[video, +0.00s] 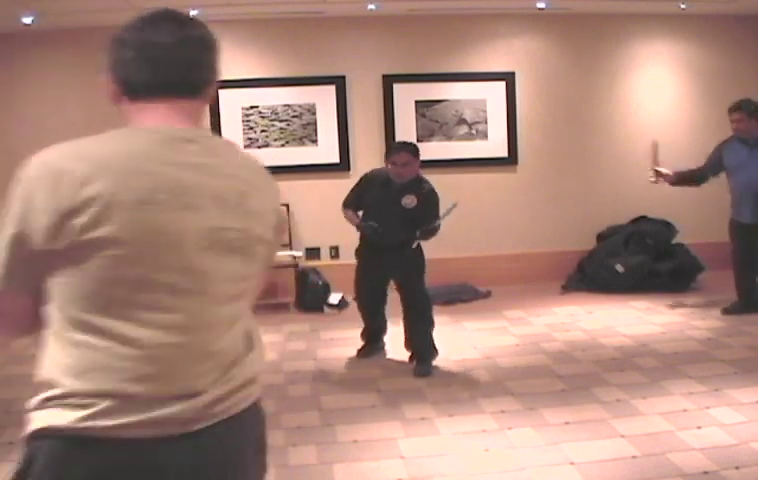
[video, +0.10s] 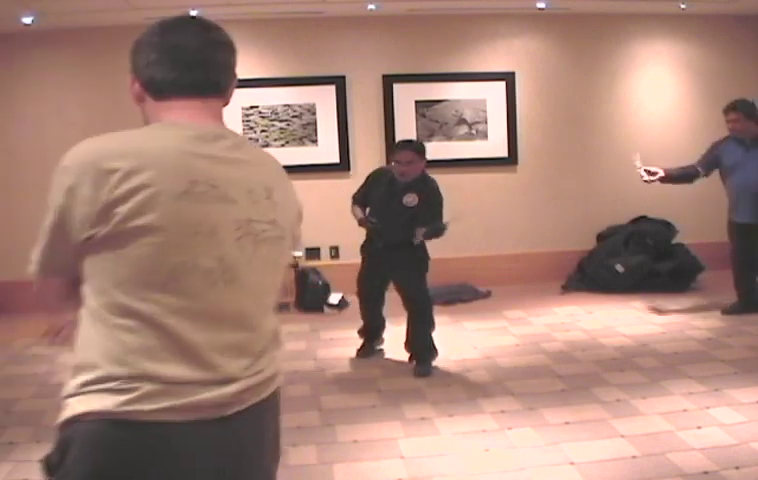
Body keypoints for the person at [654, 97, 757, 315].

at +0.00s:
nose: (735, 126)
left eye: (739, 121)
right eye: (732, 122)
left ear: (753, 120)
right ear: (731, 122)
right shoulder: (728, 148)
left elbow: (703, 173)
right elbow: (703, 173)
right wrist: (673, 177)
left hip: (754, 219)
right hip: (742, 219)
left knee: (748, 261)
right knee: (742, 262)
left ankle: (749, 301)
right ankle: (746, 300)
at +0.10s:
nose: (731, 127)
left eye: (735, 121)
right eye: (728, 122)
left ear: (751, 121)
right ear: (727, 122)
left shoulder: (754, 144)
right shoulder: (725, 147)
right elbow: (698, 169)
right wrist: (665, 174)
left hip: (754, 218)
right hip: (741, 218)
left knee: (752, 260)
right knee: (743, 260)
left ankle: (750, 301)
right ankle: (746, 301)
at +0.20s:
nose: (727, 127)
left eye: (732, 121)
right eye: (725, 122)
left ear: (748, 120)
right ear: (724, 122)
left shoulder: (755, 143)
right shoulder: (722, 146)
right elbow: (695, 166)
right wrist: (665, 174)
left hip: (754, 217)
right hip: (739, 218)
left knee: (752, 260)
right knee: (741, 260)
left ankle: (752, 300)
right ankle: (745, 300)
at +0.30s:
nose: (726, 126)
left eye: (731, 120)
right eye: (724, 121)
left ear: (748, 120)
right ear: (722, 122)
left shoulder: (756, 142)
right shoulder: (720, 146)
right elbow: (699, 165)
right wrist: (681, 173)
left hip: (755, 218)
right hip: (737, 219)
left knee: (752, 261)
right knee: (741, 261)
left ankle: (752, 300)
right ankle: (745, 300)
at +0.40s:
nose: (727, 124)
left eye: (732, 118)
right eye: (725, 119)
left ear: (748, 118)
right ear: (723, 121)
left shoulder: (756, 140)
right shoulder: (721, 146)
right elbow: (697, 174)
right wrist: (697, 185)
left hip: (755, 217)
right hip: (737, 217)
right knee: (739, 260)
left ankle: (750, 299)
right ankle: (746, 299)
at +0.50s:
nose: (730, 122)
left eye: (734, 116)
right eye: (728, 117)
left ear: (750, 116)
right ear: (726, 119)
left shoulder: (755, 143)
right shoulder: (723, 146)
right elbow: (707, 176)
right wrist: (710, 194)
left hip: (753, 216)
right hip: (738, 217)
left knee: (752, 260)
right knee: (740, 260)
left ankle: (752, 300)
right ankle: (745, 299)